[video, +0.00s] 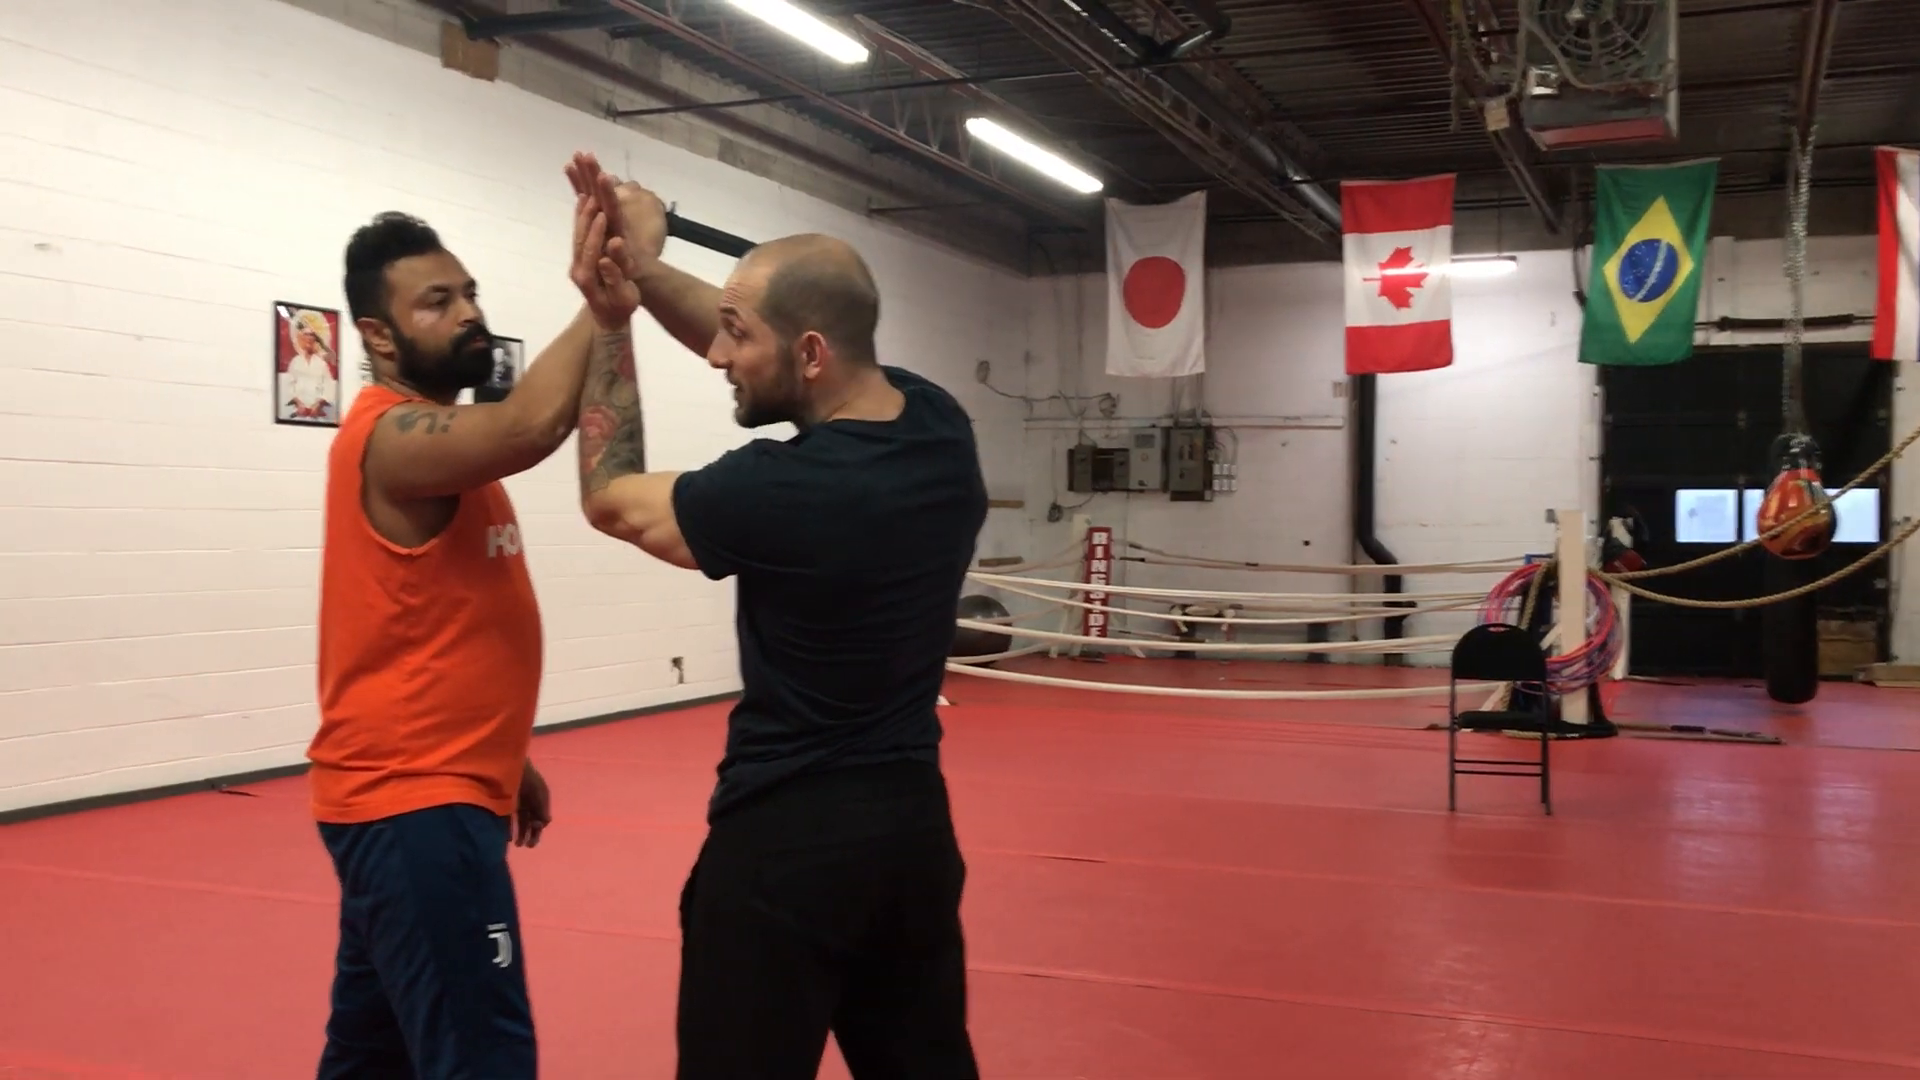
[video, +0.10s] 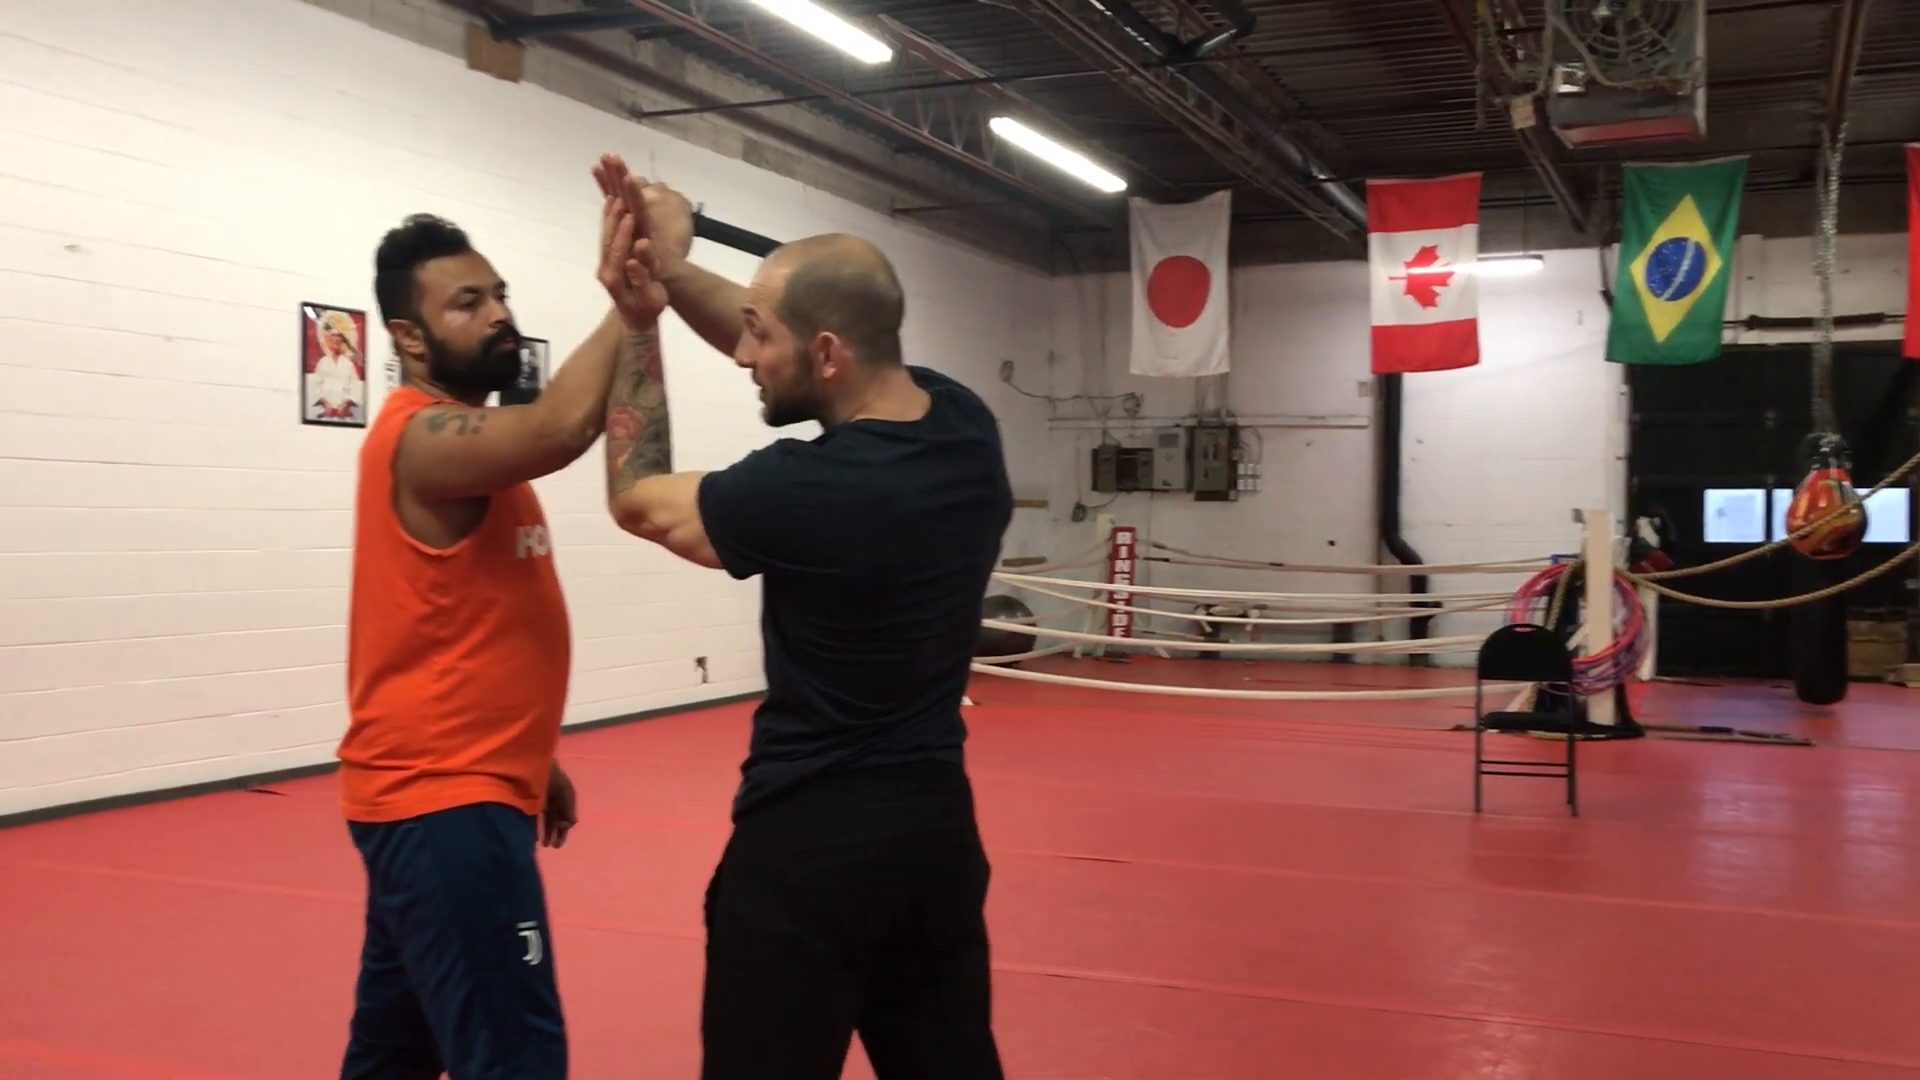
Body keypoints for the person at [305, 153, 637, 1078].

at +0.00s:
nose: (470, 314)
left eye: (470, 294)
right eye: (437, 301)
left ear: (473, 300)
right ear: (376, 336)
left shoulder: (427, 424)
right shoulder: (391, 430)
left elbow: (432, 625)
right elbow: (527, 426)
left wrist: (503, 756)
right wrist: (599, 308)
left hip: (433, 788)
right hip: (411, 795)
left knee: (372, 1053)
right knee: (485, 1054)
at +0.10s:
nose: (500, 316)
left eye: (500, 296)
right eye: (467, 303)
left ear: (503, 301)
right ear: (406, 337)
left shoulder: (457, 426)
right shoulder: (422, 432)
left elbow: (460, 627)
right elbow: (558, 428)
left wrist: (531, 758)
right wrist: (626, 311)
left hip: (459, 789)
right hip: (441, 796)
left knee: (394, 1055)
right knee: (517, 1055)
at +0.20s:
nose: (532, 317)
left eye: (530, 298)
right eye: (500, 304)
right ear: (438, 337)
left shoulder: (479, 428)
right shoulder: (451, 433)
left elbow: (484, 629)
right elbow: (585, 430)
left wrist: (555, 758)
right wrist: (654, 312)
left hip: (481, 787)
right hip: (472, 795)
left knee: (419, 1052)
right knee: (545, 1055)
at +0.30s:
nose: (558, 317)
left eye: (557, 298)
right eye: (528, 306)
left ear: (560, 303)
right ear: (466, 337)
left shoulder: (514, 430)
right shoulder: (475, 431)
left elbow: (514, 628)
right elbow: (611, 430)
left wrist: (579, 757)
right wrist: (685, 306)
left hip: (507, 788)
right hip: (497, 796)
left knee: (442, 1053)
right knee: (570, 1054)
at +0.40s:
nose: (581, 316)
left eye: (580, 298)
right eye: (550, 305)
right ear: (489, 338)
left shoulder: (533, 430)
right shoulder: (500, 433)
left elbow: (534, 628)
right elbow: (633, 430)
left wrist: (600, 758)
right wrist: (709, 306)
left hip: (527, 788)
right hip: (520, 795)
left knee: (462, 1053)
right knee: (593, 1055)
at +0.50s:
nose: (605, 320)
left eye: (605, 300)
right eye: (574, 308)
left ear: (608, 305)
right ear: (512, 339)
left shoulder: (561, 429)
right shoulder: (521, 432)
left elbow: (567, 622)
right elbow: (652, 433)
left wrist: (626, 758)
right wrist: (729, 315)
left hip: (556, 788)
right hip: (536, 792)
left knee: (480, 1051)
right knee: (613, 1054)